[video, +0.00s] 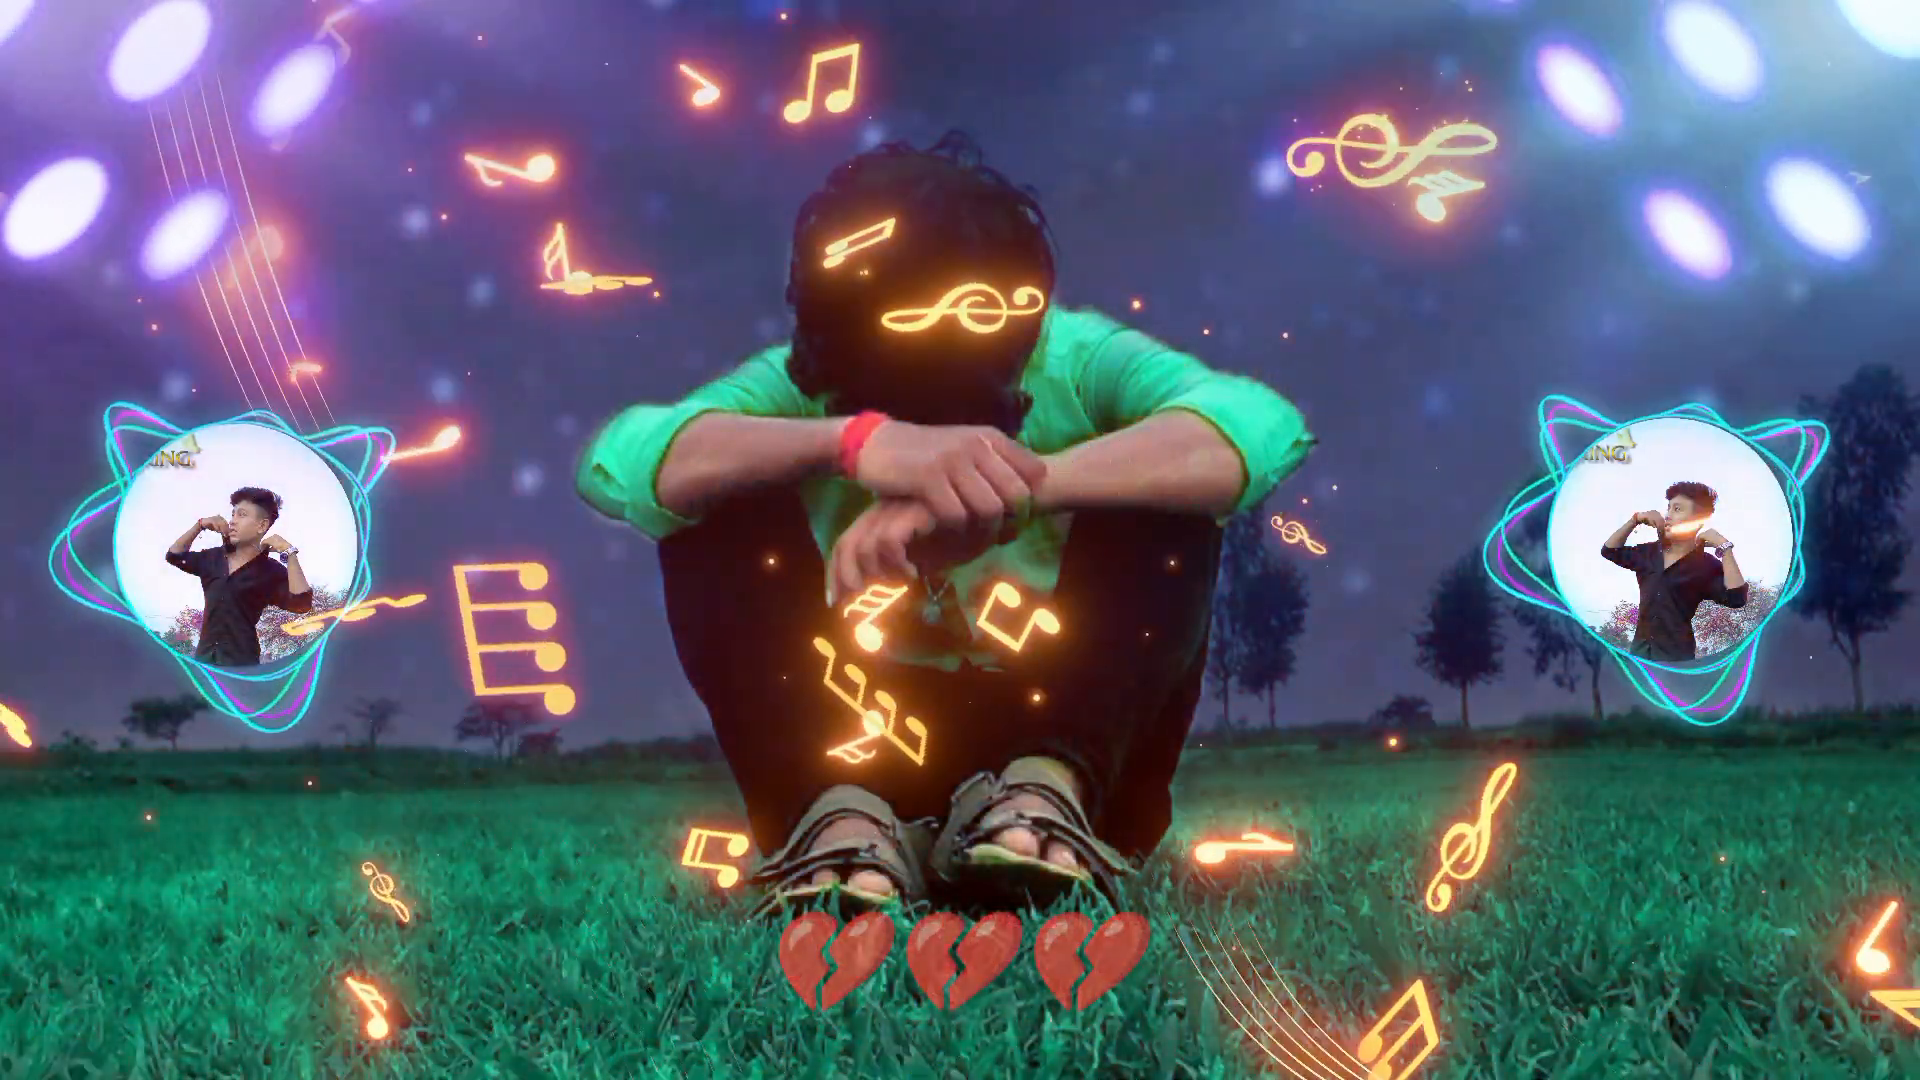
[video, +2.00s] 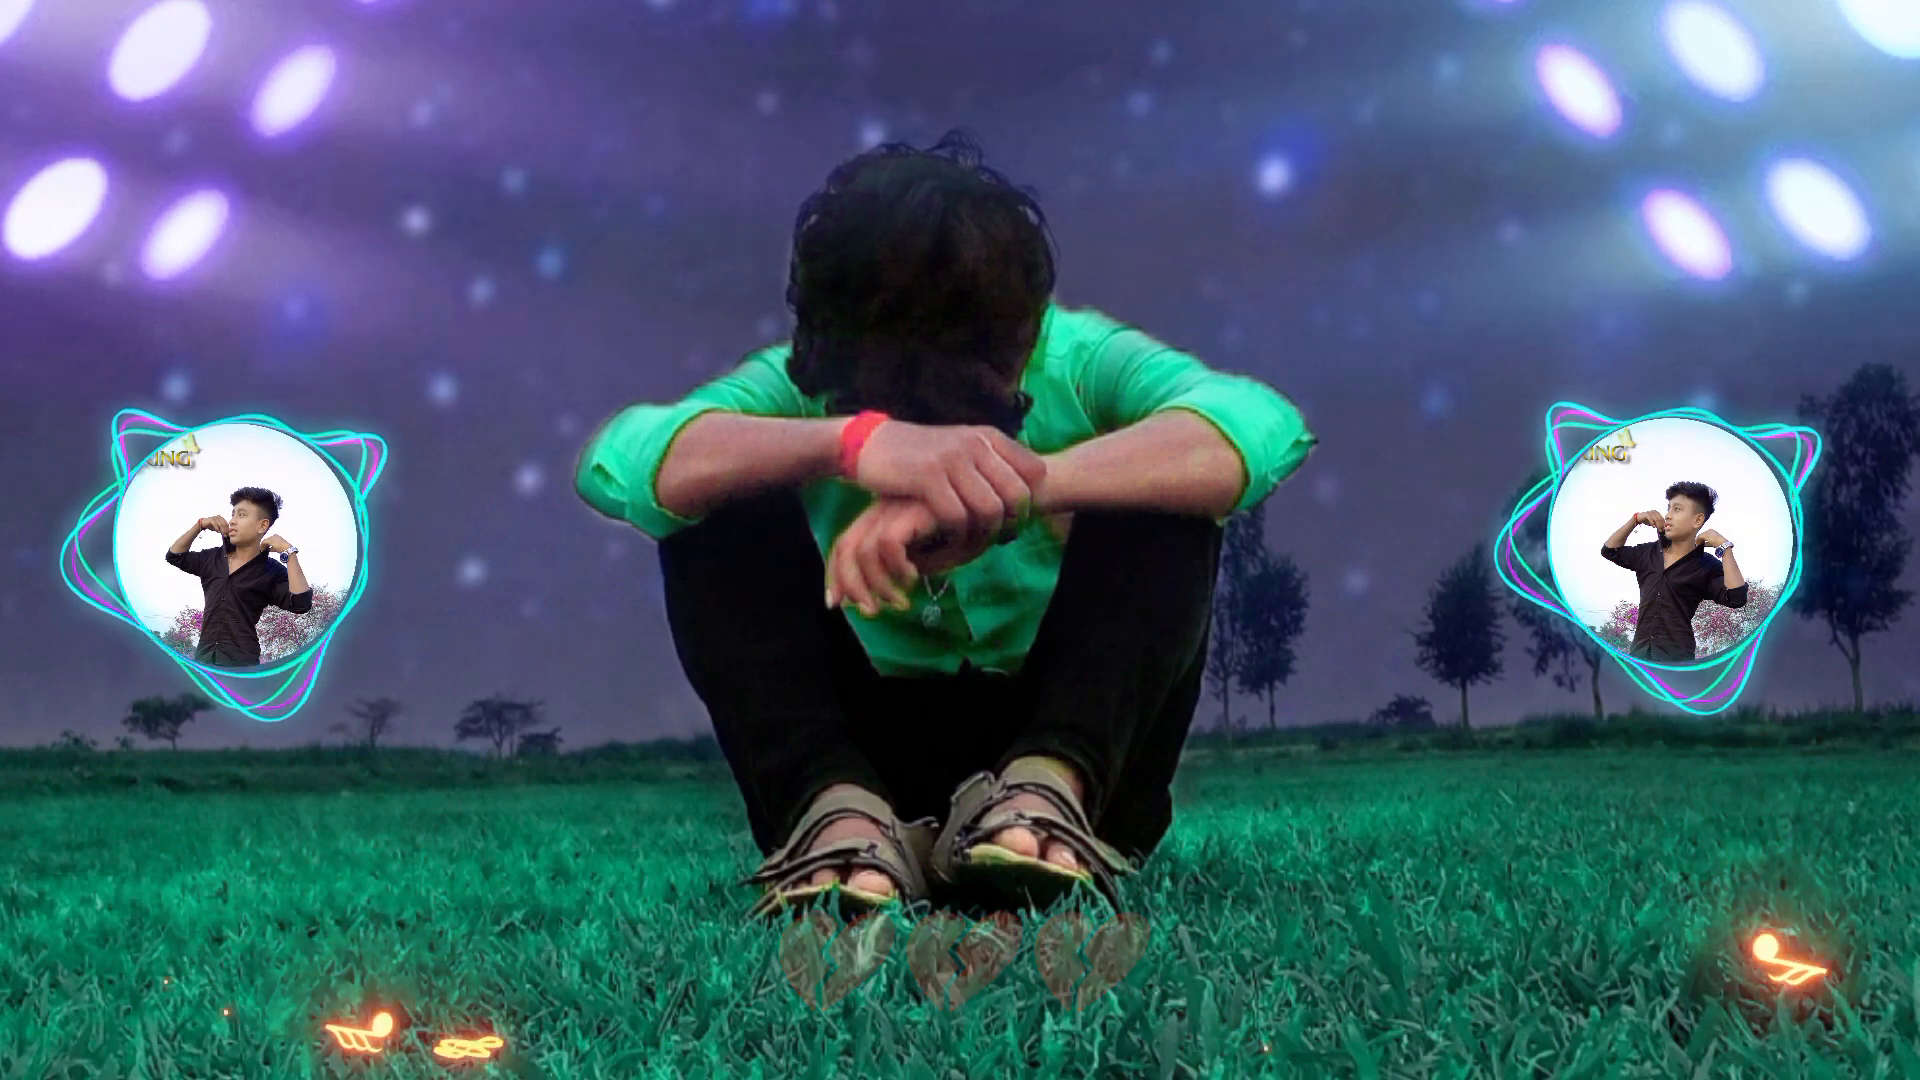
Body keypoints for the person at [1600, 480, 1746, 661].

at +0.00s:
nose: (1667, 515)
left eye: (1677, 509)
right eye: (1668, 508)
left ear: (1698, 519)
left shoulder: (1705, 565)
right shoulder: (1648, 553)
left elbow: (1737, 600)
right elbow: (1609, 551)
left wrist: (1724, 547)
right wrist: (1634, 521)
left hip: (1677, 660)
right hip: (1639, 655)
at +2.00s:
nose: (1667, 515)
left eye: (1677, 509)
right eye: (1668, 509)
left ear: (1698, 520)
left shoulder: (1705, 564)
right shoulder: (1647, 553)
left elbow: (1737, 599)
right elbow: (1609, 551)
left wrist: (1725, 547)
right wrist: (1634, 520)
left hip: (1677, 660)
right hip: (1638, 656)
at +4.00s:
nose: (1667, 515)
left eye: (1677, 509)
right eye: (1668, 508)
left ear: (1698, 520)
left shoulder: (1705, 565)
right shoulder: (1647, 553)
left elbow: (1737, 599)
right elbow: (1609, 551)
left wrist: (1725, 547)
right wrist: (1634, 520)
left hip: (1677, 658)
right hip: (1639, 653)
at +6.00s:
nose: (1667, 515)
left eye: (1677, 509)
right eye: (1668, 509)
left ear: (1698, 520)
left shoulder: (1705, 565)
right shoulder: (1647, 552)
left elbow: (1737, 599)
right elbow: (1609, 551)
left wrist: (1725, 547)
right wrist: (1634, 520)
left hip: (1677, 657)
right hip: (1639, 653)